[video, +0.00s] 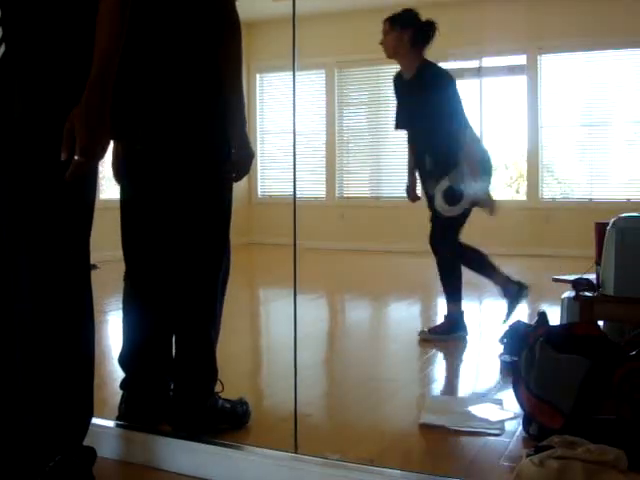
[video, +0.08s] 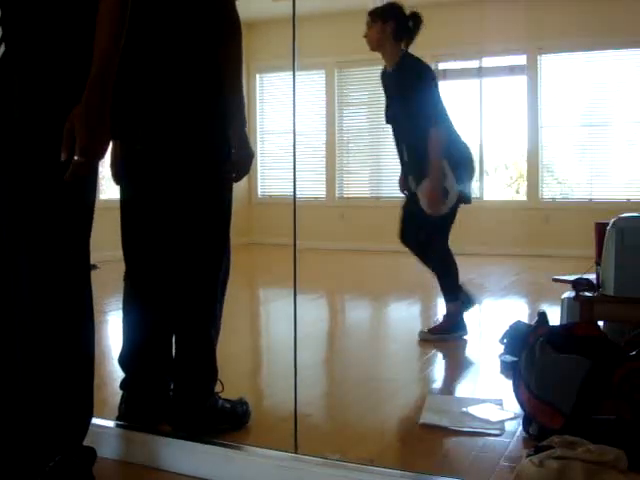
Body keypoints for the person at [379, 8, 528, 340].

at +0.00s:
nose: (382, 40)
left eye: (387, 33)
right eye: (383, 34)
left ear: (407, 36)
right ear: (402, 38)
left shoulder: (438, 78)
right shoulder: (401, 81)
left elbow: (462, 132)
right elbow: (412, 133)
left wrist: (476, 181)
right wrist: (411, 176)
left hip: (459, 167)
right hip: (433, 170)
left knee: (442, 241)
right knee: (447, 243)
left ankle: (454, 319)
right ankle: (510, 287)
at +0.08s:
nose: (366, 33)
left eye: (371, 26)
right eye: (367, 26)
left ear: (389, 30)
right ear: (385, 31)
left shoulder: (417, 71)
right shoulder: (389, 74)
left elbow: (436, 126)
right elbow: (404, 127)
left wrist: (434, 179)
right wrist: (407, 170)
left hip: (447, 165)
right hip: (422, 167)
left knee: (434, 240)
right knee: (410, 235)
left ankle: (454, 317)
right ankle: (460, 293)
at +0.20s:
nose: (333, 29)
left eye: (338, 22)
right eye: (335, 23)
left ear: (354, 27)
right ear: (356, 27)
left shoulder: (370, 65)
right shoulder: (365, 64)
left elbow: (370, 124)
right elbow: (375, 122)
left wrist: (333, 162)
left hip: (403, 164)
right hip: (388, 165)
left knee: (427, 239)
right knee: (360, 232)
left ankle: (452, 312)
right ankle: (341, 307)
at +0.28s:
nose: (324, 30)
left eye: (329, 23)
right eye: (326, 24)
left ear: (345, 28)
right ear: (347, 29)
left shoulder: (360, 65)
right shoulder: (355, 65)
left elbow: (356, 120)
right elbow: (364, 121)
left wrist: (315, 153)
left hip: (393, 167)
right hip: (375, 168)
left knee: (423, 241)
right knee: (349, 238)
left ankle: (450, 310)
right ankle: (319, 303)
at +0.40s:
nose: (293, 37)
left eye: (295, 30)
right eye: (294, 30)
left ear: (306, 31)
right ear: (316, 33)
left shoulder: (317, 72)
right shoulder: (317, 71)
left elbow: (302, 122)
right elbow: (310, 124)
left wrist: (255, 139)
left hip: (341, 177)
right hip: (325, 177)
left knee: (371, 246)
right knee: (297, 237)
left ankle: (431, 300)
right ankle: (288, 313)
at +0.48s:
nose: (265, 29)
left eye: (269, 23)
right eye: (266, 23)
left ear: (283, 26)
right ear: (284, 27)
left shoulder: (290, 66)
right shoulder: (288, 66)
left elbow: (282, 122)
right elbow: (282, 123)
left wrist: (248, 145)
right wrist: (250, 146)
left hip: (305, 174)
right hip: (291, 172)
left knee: (303, 249)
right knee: (281, 238)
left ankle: (375, 286)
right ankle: (287, 312)